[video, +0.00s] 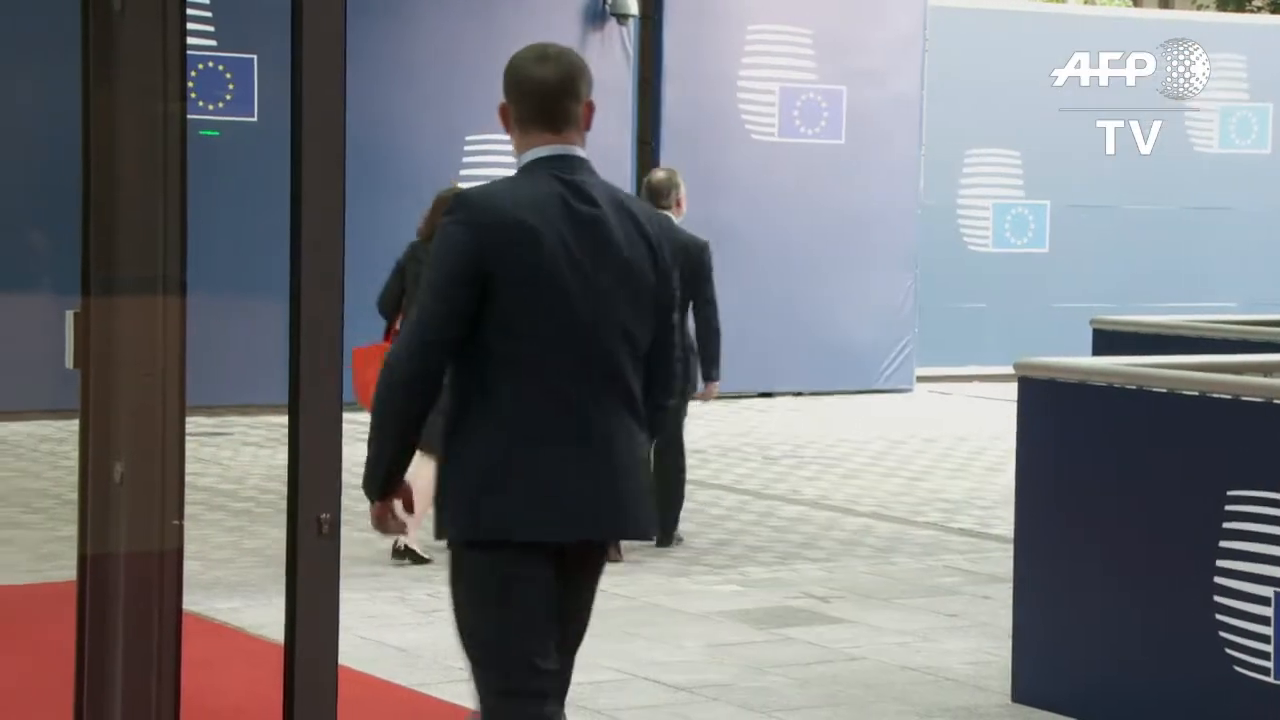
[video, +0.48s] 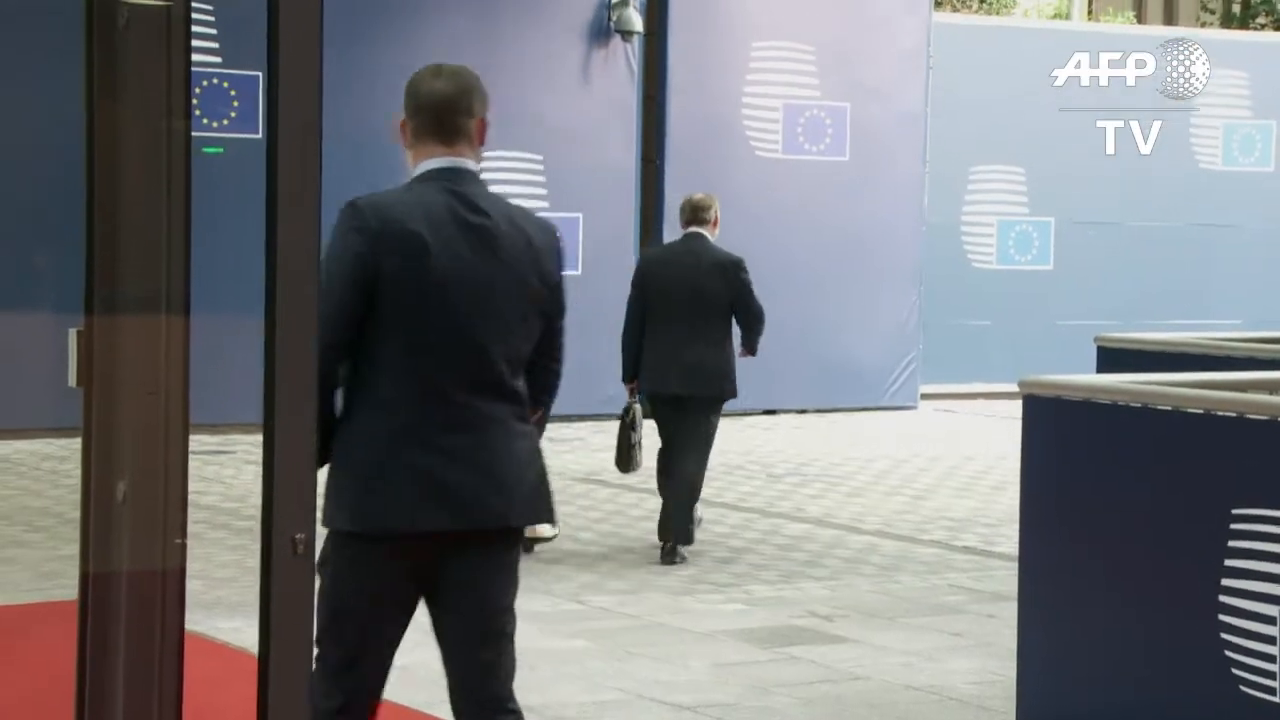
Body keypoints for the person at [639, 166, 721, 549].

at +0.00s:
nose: (685, 203)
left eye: (682, 197)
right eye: (683, 198)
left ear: (643, 200)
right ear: (678, 201)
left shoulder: (624, 239)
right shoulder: (691, 247)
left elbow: (611, 304)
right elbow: (706, 314)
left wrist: (612, 357)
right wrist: (712, 371)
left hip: (626, 356)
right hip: (672, 357)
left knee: (627, 438)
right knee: (669, 442)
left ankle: (620, 525)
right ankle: (665, 527)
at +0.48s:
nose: (718, 227)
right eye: (718, 222)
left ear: (681, 223)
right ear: (714, 223)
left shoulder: (651, 262)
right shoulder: (728, 265)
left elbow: (633, 323)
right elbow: (752, 316)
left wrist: (630, 373)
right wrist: (749, 343)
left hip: (658, 377)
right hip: (708, 379)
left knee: (671, 447)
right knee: (692, 455)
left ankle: (679, 517)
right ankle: (671, 541)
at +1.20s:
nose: (755, 233)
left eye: (751, 227)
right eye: (754, 227)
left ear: (716, 228)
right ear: (748, 229)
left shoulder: (684, 263)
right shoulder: (762, 273)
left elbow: (664, 326)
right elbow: (771, 339)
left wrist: (660, 377)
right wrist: (771, 391)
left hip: (689, 382)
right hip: (736, 385)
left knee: (689, 458)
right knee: (739, 463)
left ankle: (676, 515)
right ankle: (731, 545)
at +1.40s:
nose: (757, 219)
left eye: (755, 213)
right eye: (756, 214)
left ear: (717, 216)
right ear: (750, 216)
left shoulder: (686, 253)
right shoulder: (765, 260)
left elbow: (667, 314)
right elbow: (782, 320)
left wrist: (661, 363)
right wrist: (788, 368)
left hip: (692, 370)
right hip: (741, 374)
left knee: (701, 441)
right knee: (731, 458)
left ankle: (696, 517)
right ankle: (720, 546)